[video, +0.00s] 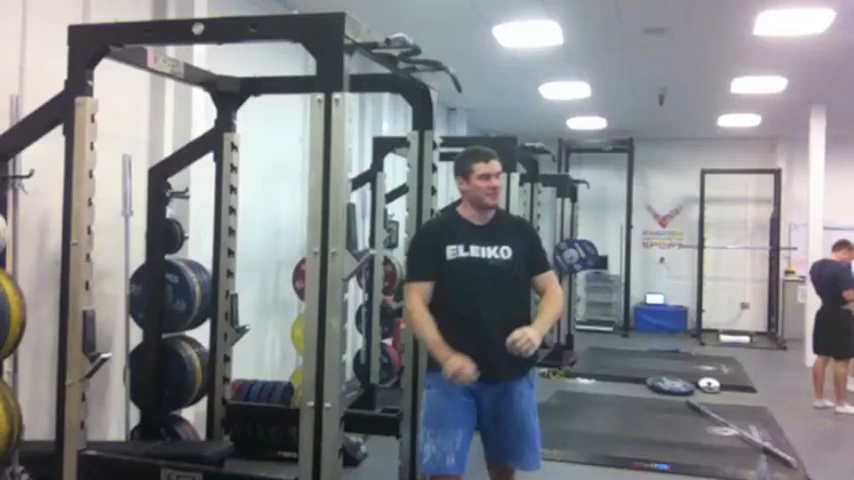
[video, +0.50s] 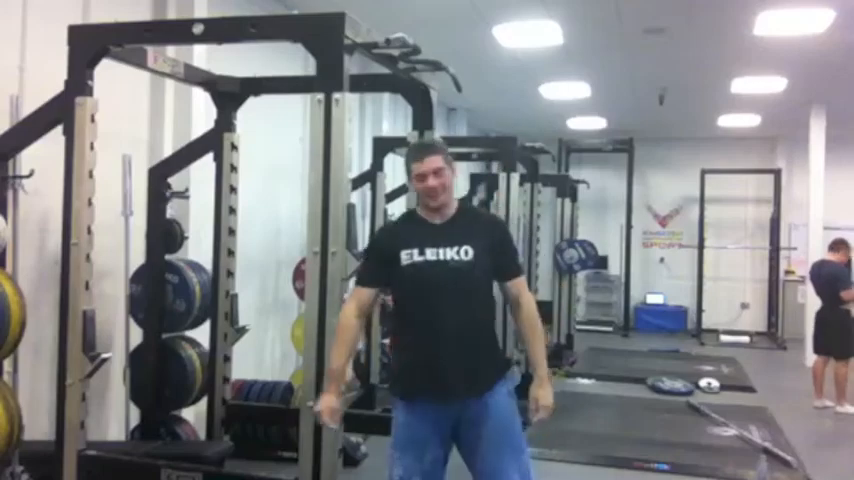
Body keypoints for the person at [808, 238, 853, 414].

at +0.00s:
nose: (849, 259)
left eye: (850, 255)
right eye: (849, 255)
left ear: (834, 250)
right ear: (844, 252)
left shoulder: (817, 266)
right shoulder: (842, 269)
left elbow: (820, 291)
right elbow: (848, 294)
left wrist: (836, 297)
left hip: (824, 311)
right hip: (841, 314)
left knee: (822, 357)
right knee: (841, 361)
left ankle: (818, 398)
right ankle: (841, 402)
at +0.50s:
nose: (847, 259)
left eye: (847, 256)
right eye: (846, 255)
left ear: (830, 250)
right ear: (841, 252)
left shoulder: (816, 267)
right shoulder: (840, 269)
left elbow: (822, 292)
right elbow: (846, 295)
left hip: (823, 311)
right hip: (840, 313)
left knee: (822, 357)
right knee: (842, 361)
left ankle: (818, 398)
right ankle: (841, 402)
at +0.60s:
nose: (846, 257)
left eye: (847, 253)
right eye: (846, 253)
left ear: (830, 249)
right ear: (838, 250)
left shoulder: (815, 266)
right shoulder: (839, 269)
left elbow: (823, 292)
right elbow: (845, 295)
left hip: (823, 311)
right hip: (840, 313)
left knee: (821, 357)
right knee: (842, 361)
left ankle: (818, 398)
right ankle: (841, 402)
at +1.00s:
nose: (846, 255)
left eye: (846, 251)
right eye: (845, 251)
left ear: (829, 249)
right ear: (838, 249)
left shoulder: (816, 266)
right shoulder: (838, 268)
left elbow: (821, 291)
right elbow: (842, 294)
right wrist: (853, 294)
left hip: (822, 311)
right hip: (839, 314)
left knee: (821, 357)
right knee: (841, 361)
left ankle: (818, 398)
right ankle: (841, 401)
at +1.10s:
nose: (848, 255)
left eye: (847, 251)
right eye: (846, 251)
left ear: (829, 248)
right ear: (839, 249)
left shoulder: (816, 267)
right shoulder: (837, 269)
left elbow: (820, 293)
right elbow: (842, 295)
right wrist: (853, 296)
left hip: (822, 312)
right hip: (839, 314)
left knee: (821, 357)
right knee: (841, 361)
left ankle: (818, 398)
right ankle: (841, 402)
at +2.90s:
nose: (853, 255)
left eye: (852, 251)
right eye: (853, 251)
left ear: (844, 251)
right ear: (849, 251)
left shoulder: (833, 270)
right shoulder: (847, 272)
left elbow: (830, 302)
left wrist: (840, 314)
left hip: (837, 320)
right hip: (848, 322)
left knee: (842, 359)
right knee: (848, 362)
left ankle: (825, 394)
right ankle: (845, 403)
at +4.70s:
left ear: (847, 252)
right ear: (851, 253)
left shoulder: (834, 271)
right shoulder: (838, 272)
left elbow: (830, 302)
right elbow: (831, 302)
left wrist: (834, 322)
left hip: (839, 325)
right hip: (848, 327)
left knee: (848, 362)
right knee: (849, 363)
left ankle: (845, 396)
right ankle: (846, 397)